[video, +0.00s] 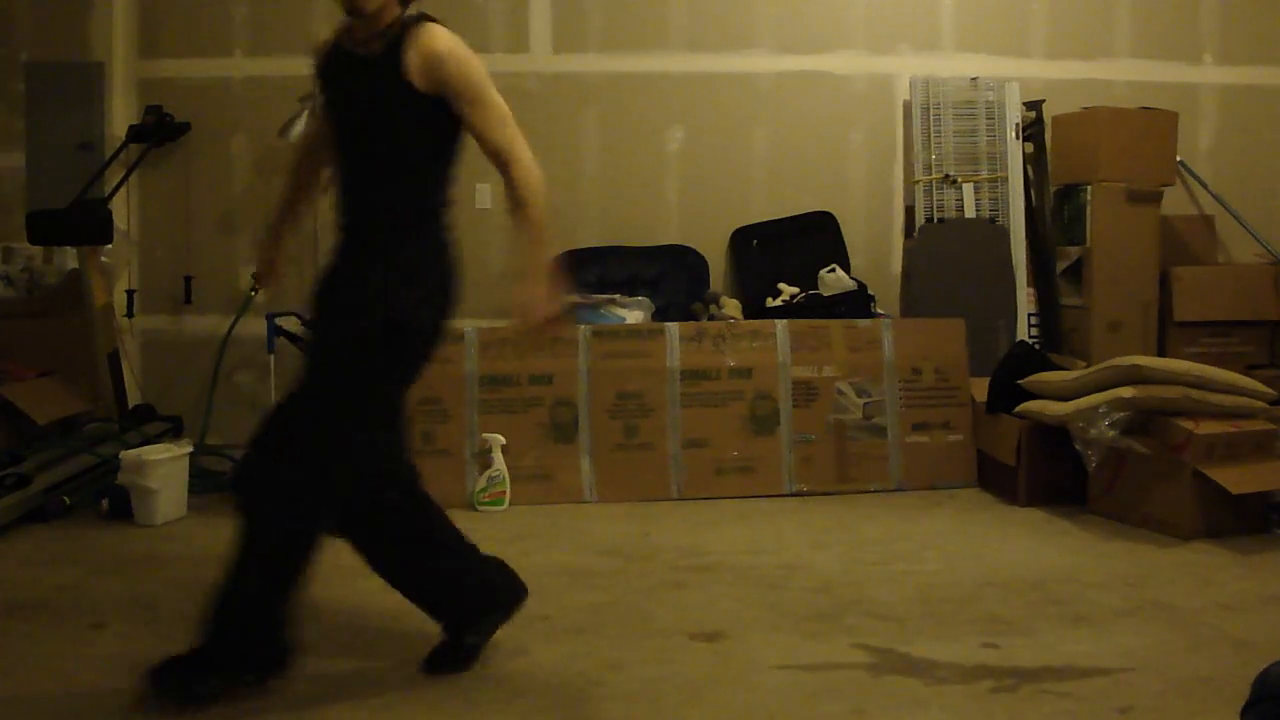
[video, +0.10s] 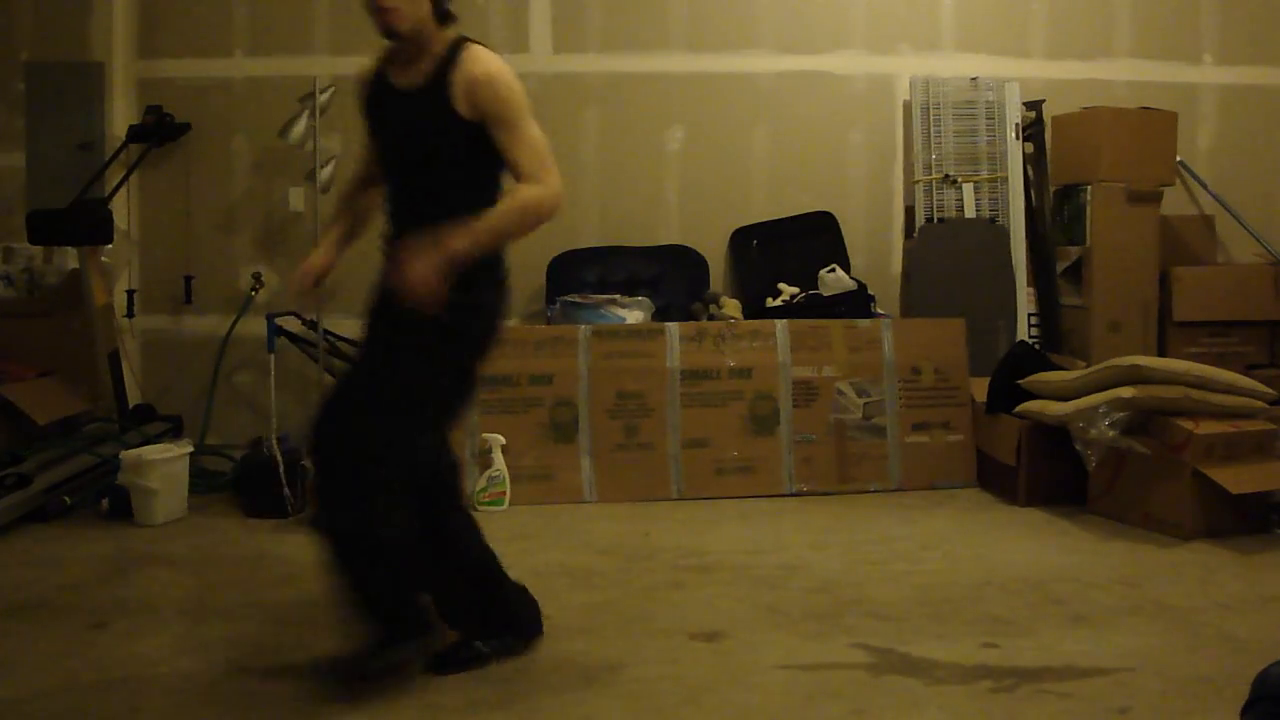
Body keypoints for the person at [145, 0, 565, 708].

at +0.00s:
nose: (360, 5)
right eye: (351, 0)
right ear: (344, 3)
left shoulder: (433, 49)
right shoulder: (339, 56)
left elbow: (517, 160)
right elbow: (315, 155)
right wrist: (273, 244)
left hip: (409, 285)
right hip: (352, 284)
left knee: (288, 460)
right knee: (352, 464)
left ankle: (243, 647)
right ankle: (473, 592)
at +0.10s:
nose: (381, 7)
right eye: (374, 1)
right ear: (372, 10)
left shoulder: (479, 71)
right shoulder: (381, 78)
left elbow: (544, 189)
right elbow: (369, 179)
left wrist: (446, 246)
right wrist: (329, 248)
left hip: (465, 291)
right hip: (404, 287)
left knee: (351, 437)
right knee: (402, 451)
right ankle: (498, 614)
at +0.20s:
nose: (418, 5)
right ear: (408, 8)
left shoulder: (514, 67)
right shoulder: (409, 68)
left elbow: (560, 188)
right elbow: (405, 186)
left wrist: (457, 159)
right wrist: (408, 167)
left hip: (505, 276)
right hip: (443, 272)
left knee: (450, 445)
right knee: (425, 447)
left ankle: (530, 555)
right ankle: (495, 623)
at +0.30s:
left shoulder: (542, 44)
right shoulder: (431, 45)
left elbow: (561, 168)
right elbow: (436, 127)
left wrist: (493, 131)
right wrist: (438, 158)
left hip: (544, 249)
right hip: (479, 247)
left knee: (533, 416)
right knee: (468, 413)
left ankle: (551, 596)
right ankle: (517, 593)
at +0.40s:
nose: (497, 8)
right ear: (476, 5)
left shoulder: (577, 65)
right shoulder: (462, 65)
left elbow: (571, 178)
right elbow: (456, 149)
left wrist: (509, 172)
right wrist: (472, 177)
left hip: (574, 264)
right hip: (505, 263)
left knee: (579, 427)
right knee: (518, 431)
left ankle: (555, 608)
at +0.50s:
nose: (544, 17)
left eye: (559, 5)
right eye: (531, 4)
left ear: (584, 13)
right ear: (513, 14)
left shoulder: (614, 96)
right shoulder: (483, 90)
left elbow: (606, 193)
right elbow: (462, 192)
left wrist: (566, 244)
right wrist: (513, 199)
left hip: (598, 278)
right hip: (524, 280)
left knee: (601, 441)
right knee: (562, 434)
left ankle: (587, 634)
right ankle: (632, 542)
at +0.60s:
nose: (600, 17)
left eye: (614, 7)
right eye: (587, 5)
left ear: (633, 13)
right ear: (562, 7)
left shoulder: (650, 96)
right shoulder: (512, 66)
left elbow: (626, 211)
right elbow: (495, 171)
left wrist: (575, 290)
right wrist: (596, 209)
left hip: (606, 274)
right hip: (524, 269)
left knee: (609, 440)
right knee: (544, 434)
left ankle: (596, 616)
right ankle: (598, 559)